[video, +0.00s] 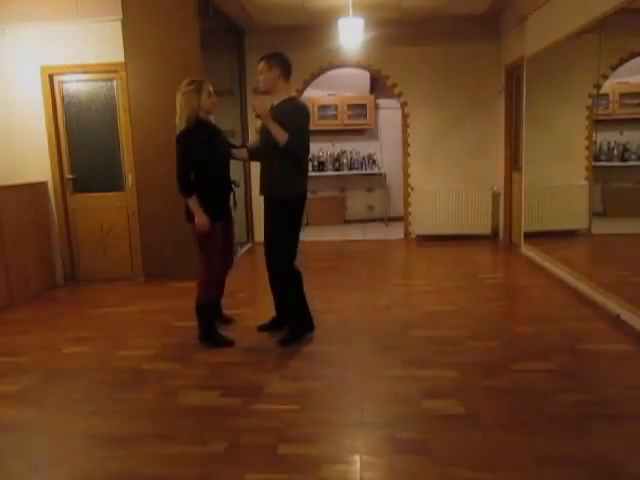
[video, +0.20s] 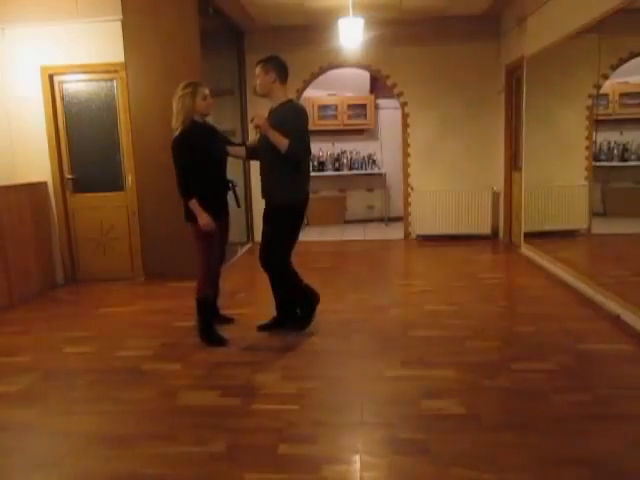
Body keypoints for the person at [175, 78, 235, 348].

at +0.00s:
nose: (214, 99)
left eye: (213, 94)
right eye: (209, 95)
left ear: (205, 99)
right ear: (194, 99)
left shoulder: (212, 130)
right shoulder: (187, 136)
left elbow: (231, 152)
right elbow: (184, 180)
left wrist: (255, 150)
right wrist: (196, 210)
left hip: (222, 203)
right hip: (204, 207)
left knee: (223, 262)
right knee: (210, 267)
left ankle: (214, 309)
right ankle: (206, 328)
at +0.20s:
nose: (210, 101)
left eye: (210, 97)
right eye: (204, 97)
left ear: (205, 102)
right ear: (189, 102)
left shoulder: (210, 132)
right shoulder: (183, 139)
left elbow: (233, 149)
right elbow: (184, 183)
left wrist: (258, 146)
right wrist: (199, 212)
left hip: (219, 202)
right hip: (201, 207)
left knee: (216, 262)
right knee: (206, 266)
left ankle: (212, 309)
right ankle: (205, 326)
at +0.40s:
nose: (204, 105)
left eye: (204, 100)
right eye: (199, 101)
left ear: (202, 105)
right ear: (184, 105)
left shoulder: (207, 136)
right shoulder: (173, 142)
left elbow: (239, 154)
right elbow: (168, 185)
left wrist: (264, 140)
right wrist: (189, 212)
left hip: (214, 199)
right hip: (193, 203)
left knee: (211, 259)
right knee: (220, 261)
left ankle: (210, 307)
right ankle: (192, 294)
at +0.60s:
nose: (199, 105)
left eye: (199, 100)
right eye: (193, 100)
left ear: (197, 105)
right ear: (178, 104)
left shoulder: (201, 135)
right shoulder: (165, 140)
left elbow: (227, 152)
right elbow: (156, 180)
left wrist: (252, 147)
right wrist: (180, 206)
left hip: (209, 201)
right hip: (185, 205)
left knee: (216, 260)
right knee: (196, 264)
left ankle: (211, 309)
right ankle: (183, 311)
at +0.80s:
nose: (191, 104)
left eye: (191, 100)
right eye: (186, 100)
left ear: (188, 105)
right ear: (170, 105)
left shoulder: (194, 136)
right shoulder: (158, 142)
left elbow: (217, 154)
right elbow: (154, 185)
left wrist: (243, 153)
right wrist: (181, 208)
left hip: (201, 208)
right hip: (173, 211)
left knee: (215, 265)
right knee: (181, 268)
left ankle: (194, 320)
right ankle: (187, 321)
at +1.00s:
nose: (183, 102)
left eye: (182, 97)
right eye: (176, 97)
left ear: (177, 101)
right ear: (159, 102)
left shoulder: (186, 136)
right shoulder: (149, 143)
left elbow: (207, 157)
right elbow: (148, 190)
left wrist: (235, 158)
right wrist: (170, 217)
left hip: (198, 209)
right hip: (172, 214)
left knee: (205, 272)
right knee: (183, 276)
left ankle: (189, 329)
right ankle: (162, 325)